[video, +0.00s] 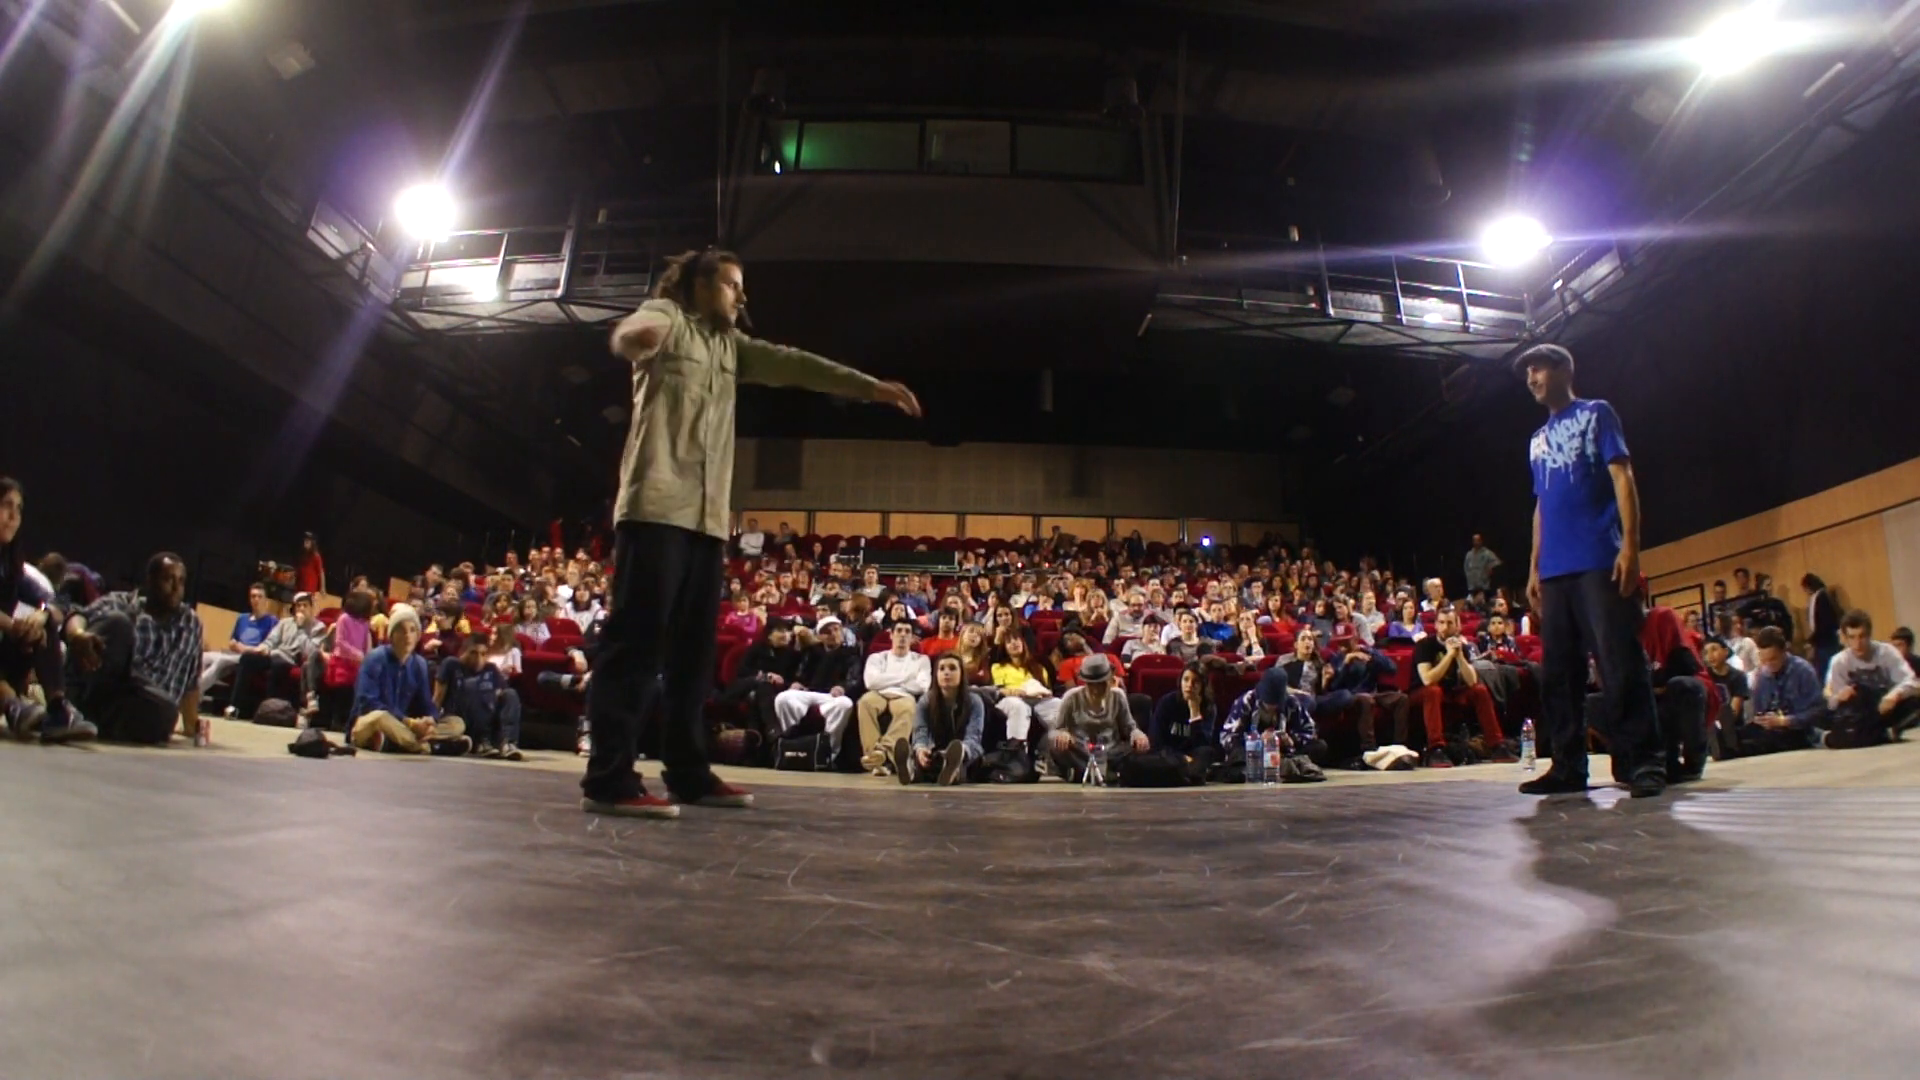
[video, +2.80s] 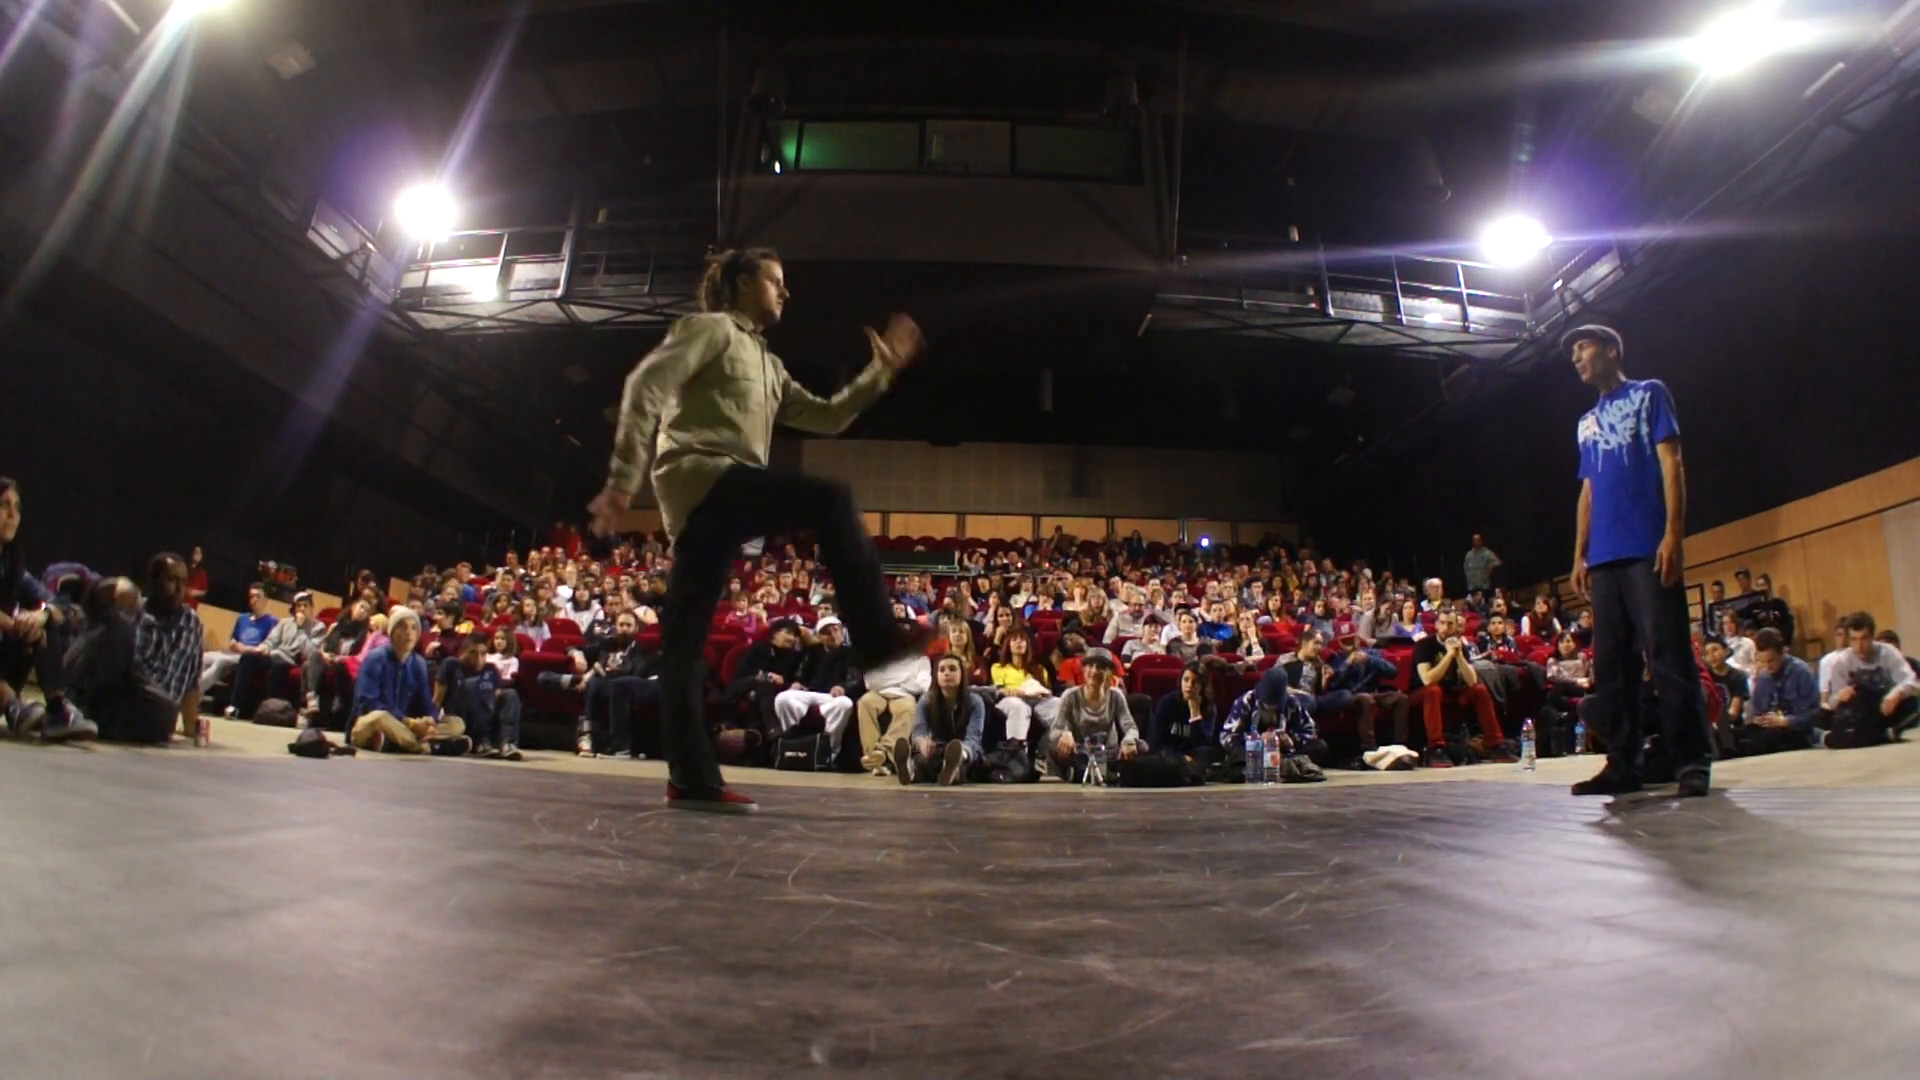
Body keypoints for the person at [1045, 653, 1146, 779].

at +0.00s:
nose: (1096, 689)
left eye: (1101, 684)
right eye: (1091, 684)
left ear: (1109, 680)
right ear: (1085, 682)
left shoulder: (1118, 696)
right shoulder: (1071, 697)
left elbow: (1129, 727)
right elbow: (1056, 729)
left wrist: (1137, 734)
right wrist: (1061, 733)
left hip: (1111, 750)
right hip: (1080, 750)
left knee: (1137, 747)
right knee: (1056, 743)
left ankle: (1082, 772)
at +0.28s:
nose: (1095, 690)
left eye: (1099, 684)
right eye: (1089, 685)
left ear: (1107, 680)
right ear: (1083, 683)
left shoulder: (1118, 696)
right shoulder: (1071, 697)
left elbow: (1131, 727)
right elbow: (1056, 730)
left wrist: (1134, 740)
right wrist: (1062, 735)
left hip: (1112, 753)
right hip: (1080, 754)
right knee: (1058, 750)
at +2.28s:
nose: (1094, 687)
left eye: (1099, 681)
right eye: (1089, 682)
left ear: (1108, 678)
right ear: (1083, 679)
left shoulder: (1117, 696)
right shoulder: (1069, 698)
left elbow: (1132, 729)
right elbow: (1052, 735)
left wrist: (1129, 741)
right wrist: (1063, 734)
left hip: (1109, 753)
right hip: (1078, 755)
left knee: (1140, 748)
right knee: (1055, 747)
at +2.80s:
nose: (1094, 671)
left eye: (1100, 667)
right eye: (1090, 666)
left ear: (1109, 672)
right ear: (1083, 669)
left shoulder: (1116, 696)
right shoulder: (1070, 696)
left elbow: (1130, 727)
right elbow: (1054, 732)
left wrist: (1128, 741)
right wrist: (1065, 733)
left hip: (1108, 753)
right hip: (1077, 753)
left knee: (1140, 747)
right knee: (1056, 747)